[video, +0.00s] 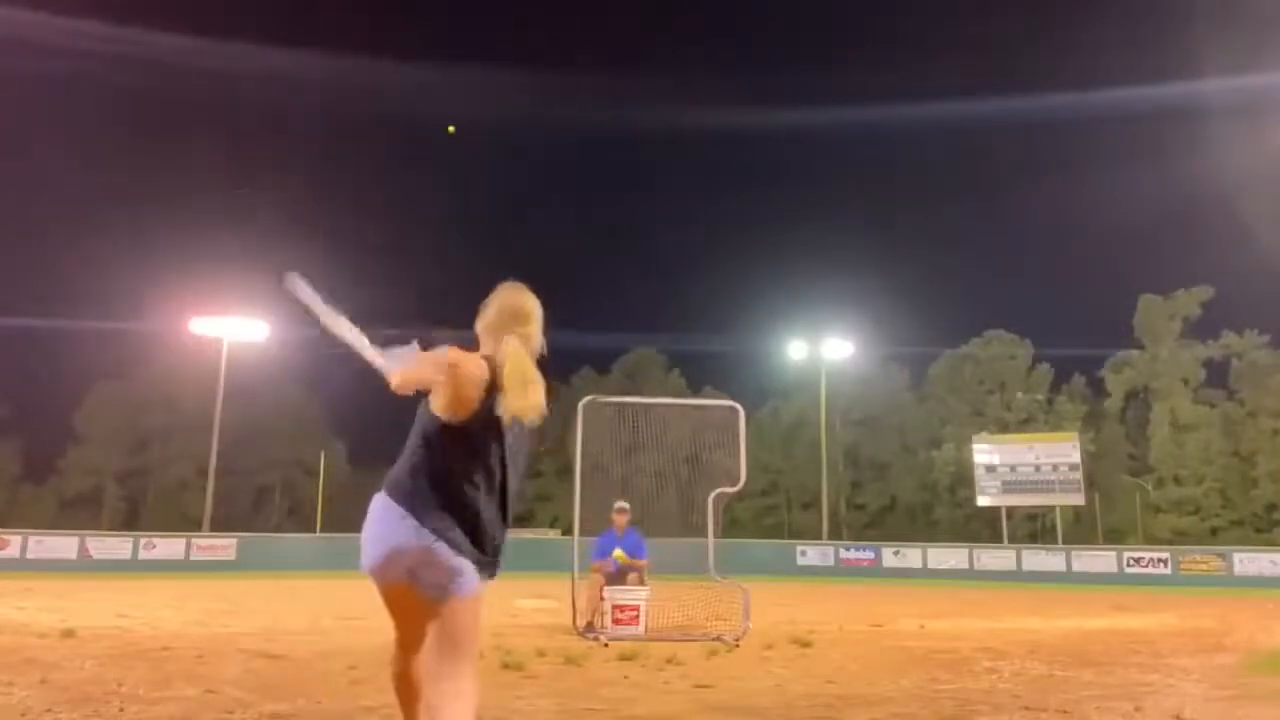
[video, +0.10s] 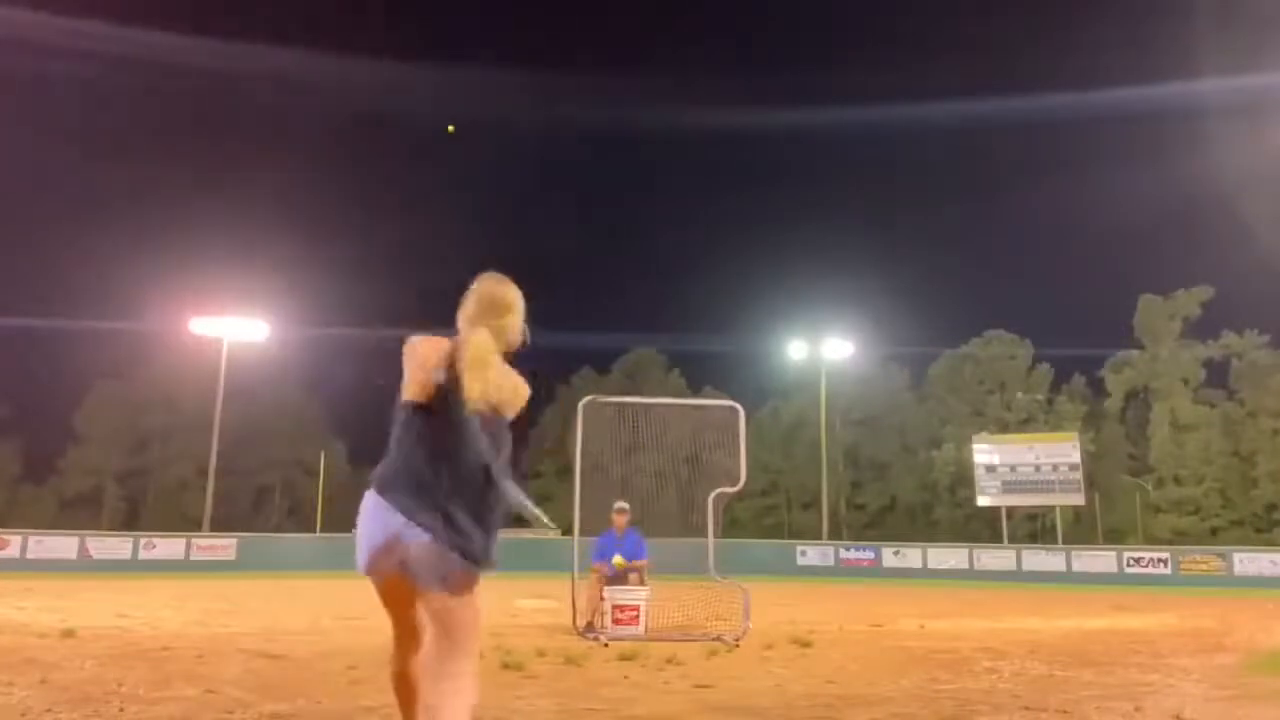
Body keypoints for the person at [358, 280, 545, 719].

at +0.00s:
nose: (539, 338)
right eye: (538, 329)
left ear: (482, 324)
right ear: (535, 335)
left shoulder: (456, 363)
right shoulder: (524, 385)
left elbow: (401, 379)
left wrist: (402, 360)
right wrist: (425, 359)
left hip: (395, 519)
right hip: (452, 540)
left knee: (410, 645)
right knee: (453, 671)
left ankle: (417, 716)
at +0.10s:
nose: (522, 332)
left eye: (522, 321)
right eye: (520, 321)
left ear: (464, 312)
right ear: (511, 325)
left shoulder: (421, 350)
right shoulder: (513, 388)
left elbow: (417, 395)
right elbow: (496, 463)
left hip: (383, 514)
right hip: (444, 536)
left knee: (407, 639)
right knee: (454, 659)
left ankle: (414, 715)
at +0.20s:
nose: (505, 324)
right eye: (503, 315)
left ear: (449, 308)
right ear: (498, 322)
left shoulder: (407, 350)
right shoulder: (500, 381)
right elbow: (498, 445)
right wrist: (502, 468)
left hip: (373, 509)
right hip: (433, 531)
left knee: (407, 635)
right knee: (450, 646)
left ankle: (413, 714)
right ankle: (440, 714)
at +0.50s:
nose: (482, 297)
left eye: (478, 289)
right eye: (475, 289)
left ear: (433, 300)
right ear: (456, 300)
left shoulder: (425, 349)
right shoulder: (436, 354)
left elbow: (483, 412)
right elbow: (441, 444)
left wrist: (538, 436)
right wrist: (521, 448)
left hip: (375, 503)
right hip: (397, 506)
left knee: (416, 626)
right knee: (426, 627)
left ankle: (401, 709)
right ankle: (393, 711)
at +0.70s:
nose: (468, 288)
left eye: (463, 278)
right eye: (458, 279)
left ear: (439, 294)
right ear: (433, 293)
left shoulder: (450, 357)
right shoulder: (398, 343)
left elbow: (487, 431)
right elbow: (385, 429)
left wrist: (495, 394)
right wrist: (464, 396)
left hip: (396, 518)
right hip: (364, 517)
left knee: (415, 647)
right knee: (414, 641)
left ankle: (400, 712)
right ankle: (377, 713)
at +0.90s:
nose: (452, 246)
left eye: (446, 235)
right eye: (438, 234)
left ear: (420, 247)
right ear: (404, 247)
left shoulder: (455, 324)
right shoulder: (370, 305)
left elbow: (473, 400)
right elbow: (328, 395)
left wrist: (447, 355)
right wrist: (397, 341)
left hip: (391, 498)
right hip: (341, 494)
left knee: (371, 634)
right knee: (386, 631)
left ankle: (355, 711)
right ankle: (358, 711)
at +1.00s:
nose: (443, 235)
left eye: (438, 225)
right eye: (431, 225)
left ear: (413, 238)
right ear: (397, 236)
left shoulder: (447, 314)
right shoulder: (356, 296)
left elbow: (468, 383)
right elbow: (316, 381)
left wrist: (426, 333)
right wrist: (380, 322)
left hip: (387, 492)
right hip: (334, 487)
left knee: (360, 625)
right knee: (373, 625)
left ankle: (309, 709)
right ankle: (341, 712)